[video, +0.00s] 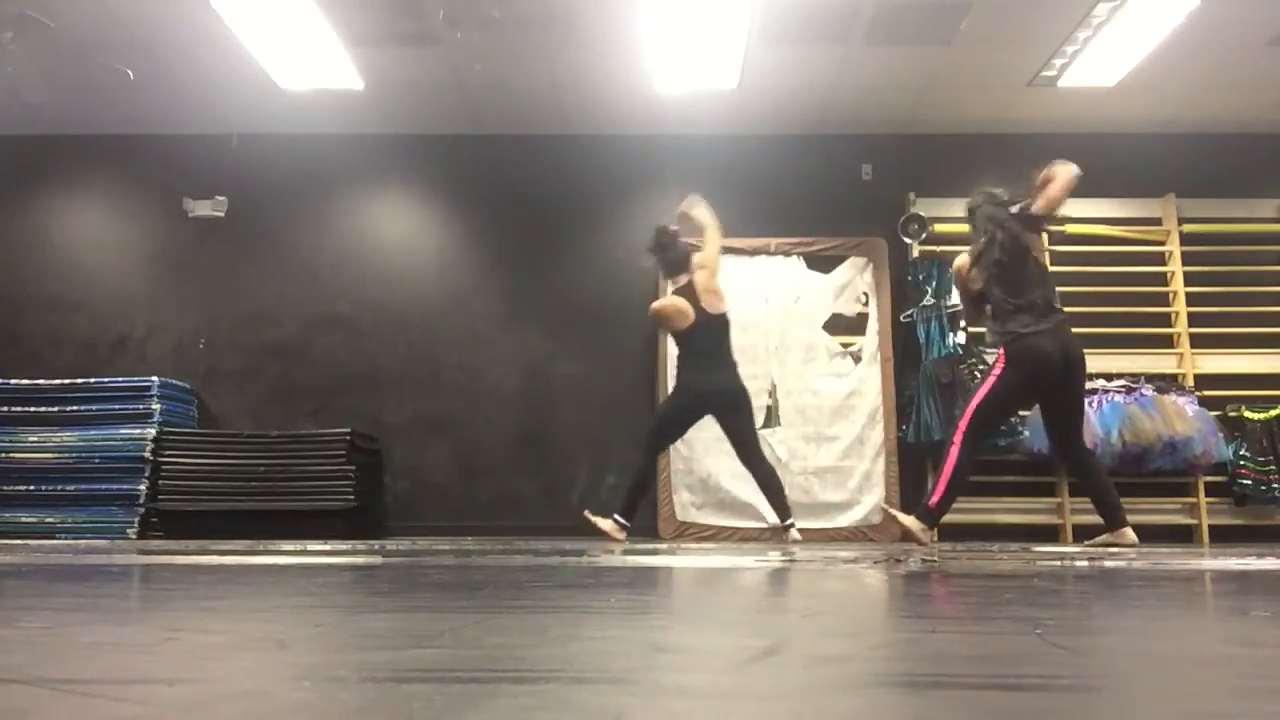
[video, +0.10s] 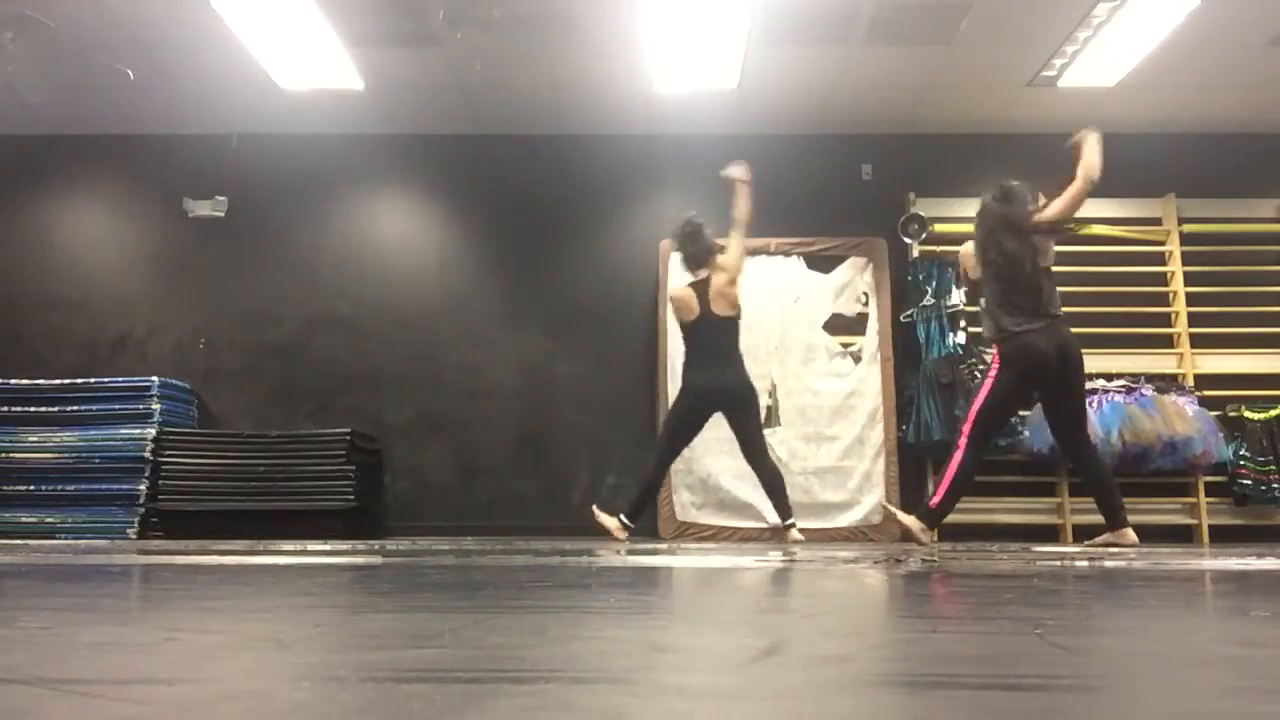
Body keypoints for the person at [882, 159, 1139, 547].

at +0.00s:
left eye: (972, 214)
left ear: (973, 220)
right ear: (1007, 208)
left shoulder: (966, 263)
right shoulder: (1026, 222)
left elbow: (974, 311)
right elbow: (1066, 176)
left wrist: (975, 282)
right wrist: (1055, 170)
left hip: (1022, 354)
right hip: (1065, 346)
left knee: (966, 432)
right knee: (1072, 447)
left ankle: (926, 520)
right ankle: (1120, 527)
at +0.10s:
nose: (1039, 204)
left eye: (1035, 200)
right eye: (1034, 201)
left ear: (988, 212)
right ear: (1026, 208)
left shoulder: (971, 251)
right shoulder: (1040, 228)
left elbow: (972, 280)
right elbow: (1087, 179)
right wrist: (1091, 138)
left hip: (1016, 350)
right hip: (1060, 342)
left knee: (971, 438)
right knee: (1078, 443)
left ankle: (926, 521)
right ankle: (1121, 528)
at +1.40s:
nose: (853, 204)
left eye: (859, 198)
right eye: (844, 198)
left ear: (868, 208)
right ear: (830, 204)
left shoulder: (859, 249)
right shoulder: (823, 226)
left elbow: (867, 313)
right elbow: (886, 255)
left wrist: (857, 348)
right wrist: (902, 245)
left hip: (837, 354)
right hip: (792, 351)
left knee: (865, 439)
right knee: (761, 439)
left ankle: (891, 526)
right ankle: (717, 523)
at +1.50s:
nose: (826, 201)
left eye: (830, 196)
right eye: (818, 195)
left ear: (835, 206)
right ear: (800, 200)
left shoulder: (820, 259)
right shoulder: (778, 229)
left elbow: (836, 308)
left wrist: (854, 346)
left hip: (809, 347)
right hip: (766, 345)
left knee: (845, 434)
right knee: (746, 438)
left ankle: (881, 523)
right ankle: (717, 526)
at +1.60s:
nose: (797, 200)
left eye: (802, 195)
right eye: (789, 194)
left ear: (809, 204)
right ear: (772, 200)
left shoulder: (807, 256)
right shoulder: (753, 231)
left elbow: (824, 309)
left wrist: (850, 349)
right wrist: (772, 190)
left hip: (797, 341)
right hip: (750, 341)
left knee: (839, 427)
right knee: (736, 436)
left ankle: (886, 512)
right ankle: (716, 526)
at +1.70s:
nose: (774, 201)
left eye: (779, 196)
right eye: (765, 194)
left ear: (786, 205)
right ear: (748, 202)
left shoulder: (793, 248)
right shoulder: (734, 236)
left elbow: (813, 305)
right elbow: (677, 210)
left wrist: (840, 353)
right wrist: (714, 211)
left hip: (791, 341)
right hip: (743, 341)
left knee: (842, 427)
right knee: (731, 437)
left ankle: (902, 503)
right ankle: (717, 527)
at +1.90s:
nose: (739, 237)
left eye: (743, 230)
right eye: (731, 229)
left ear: (748, 237)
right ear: (713, 237)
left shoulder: (770, 275)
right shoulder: (707, 293)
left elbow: (803, 321)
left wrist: (825, 352)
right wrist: (704, 317)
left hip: (787, 375)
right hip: (738, 379)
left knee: (851, 437)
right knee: (718, 449)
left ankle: (932, 498)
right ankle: (719, 526)